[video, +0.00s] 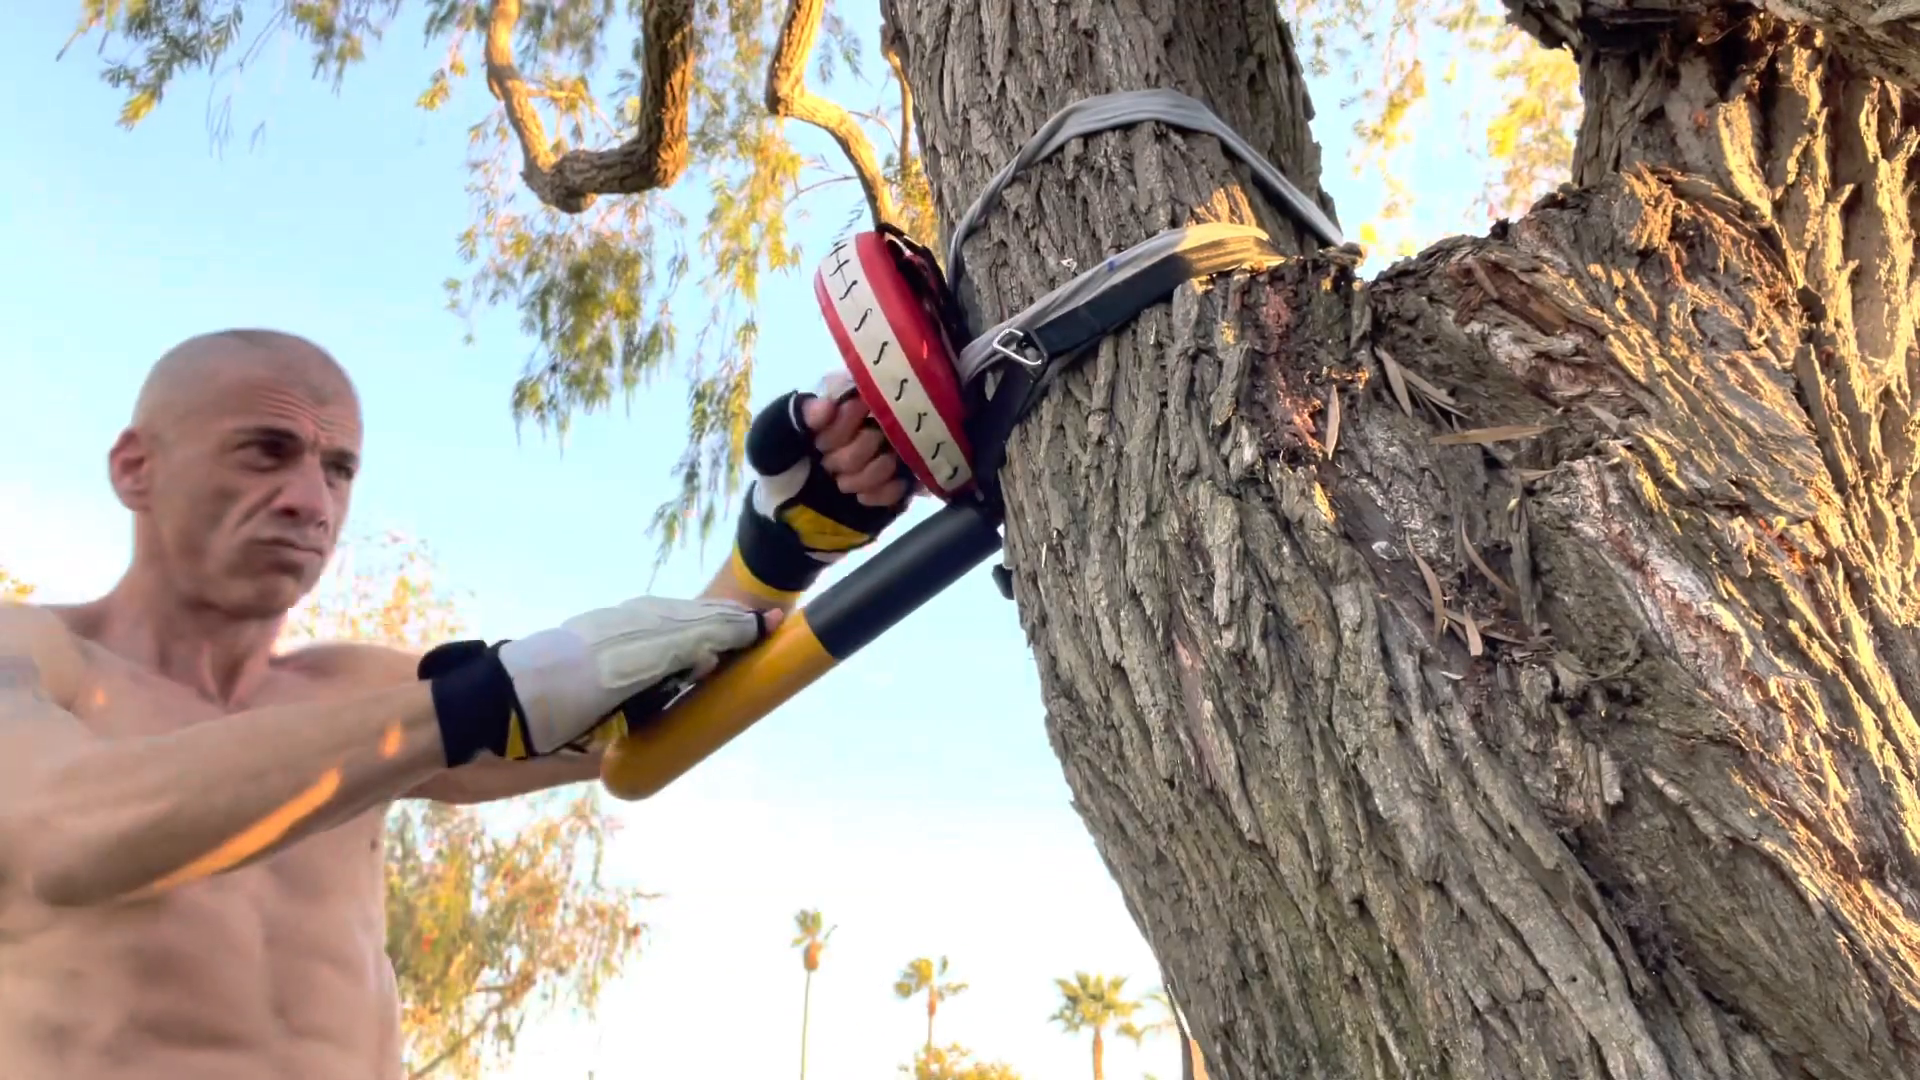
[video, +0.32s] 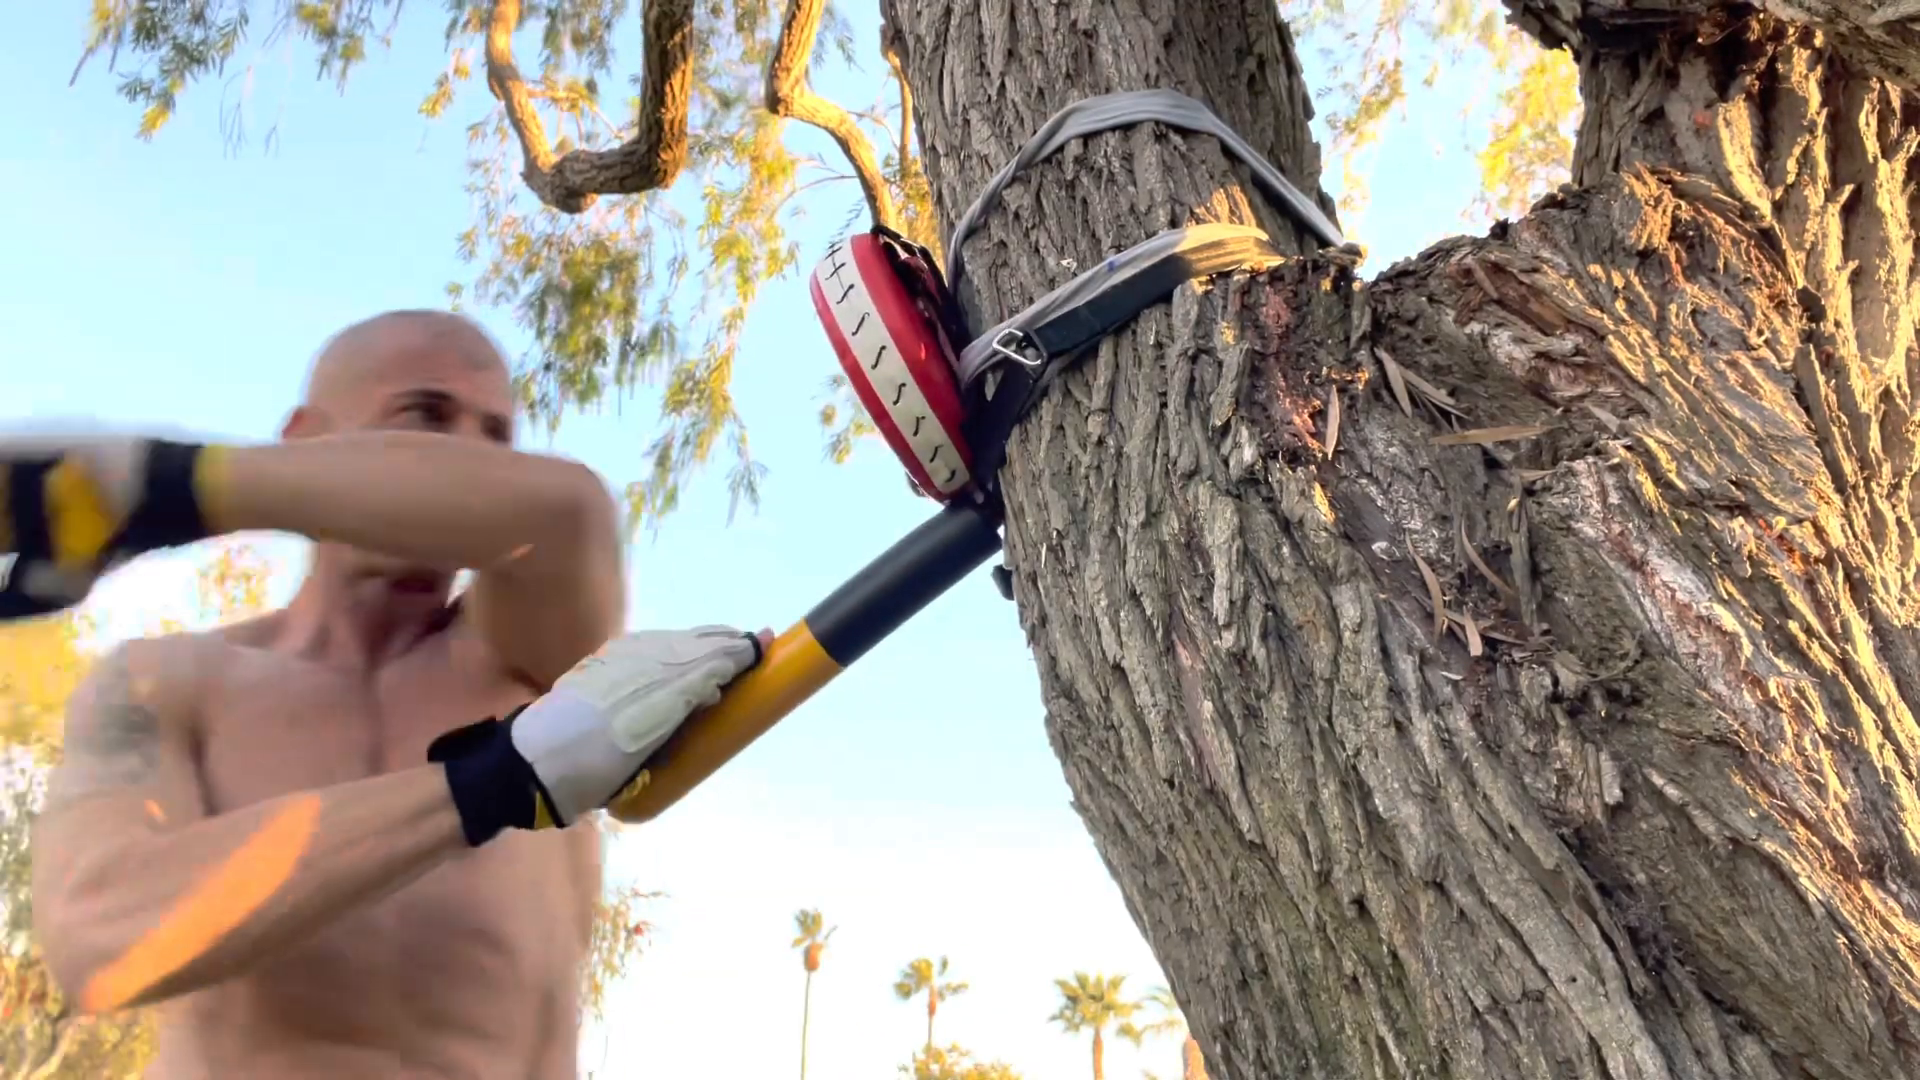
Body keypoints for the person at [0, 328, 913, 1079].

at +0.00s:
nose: (311, 498)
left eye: (336, 473)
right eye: (264, 451)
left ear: (352, 503)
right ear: (135, 468)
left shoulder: (354, 690)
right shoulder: (27, 653)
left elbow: (622, 740)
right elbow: (59, 846)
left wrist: (786, 539)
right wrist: (475, 701)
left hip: (347, 1059)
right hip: (96, 1061)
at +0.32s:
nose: (469, 460)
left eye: (497, 436)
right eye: (425, 418)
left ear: (523, 465)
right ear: (302, 444)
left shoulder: (523, 670)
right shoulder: (159, 682)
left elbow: (565, 509)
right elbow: (100, 941)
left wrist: (176, 484)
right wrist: (507, 775)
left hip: (489, 1058)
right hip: (238, 1060)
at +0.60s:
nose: (668, 452)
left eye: (693, 413)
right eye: (624, 398)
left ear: (715, 456)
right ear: (520, 414)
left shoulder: (712, 622)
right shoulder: (351, 682)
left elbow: (854, 410)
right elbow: (159, 981)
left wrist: (489, 457)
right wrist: (520, 820)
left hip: (622, 1060)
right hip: (368, 1064)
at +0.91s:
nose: (537, 496)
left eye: (565, 477)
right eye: (501, 451)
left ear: (572, 520)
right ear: (386, 472)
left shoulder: (566, 712)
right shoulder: (202, 672)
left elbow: (809, 847)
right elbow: (57, 1005)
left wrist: (784, 599)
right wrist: (350, 755)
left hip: (489, 1064)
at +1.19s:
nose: (355, 492)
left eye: (383, 472)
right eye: (315, 443)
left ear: (389, 515)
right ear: (191, 459)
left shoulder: (412, 687)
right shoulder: (42, 671)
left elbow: (680, 692)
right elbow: (50, 965)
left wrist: (858, 498)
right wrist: (435, 843)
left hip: (354, 1060)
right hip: (125, 1062)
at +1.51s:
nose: (297, 480)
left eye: (326, 461)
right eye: (254, 436)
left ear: (342, 506)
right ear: (135, 463)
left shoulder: (412, 673)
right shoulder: (30, 703)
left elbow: (683, 713)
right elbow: (23, 932)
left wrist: (794, 509)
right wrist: (361, 798)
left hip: (376, 1066)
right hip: (93, 1071)